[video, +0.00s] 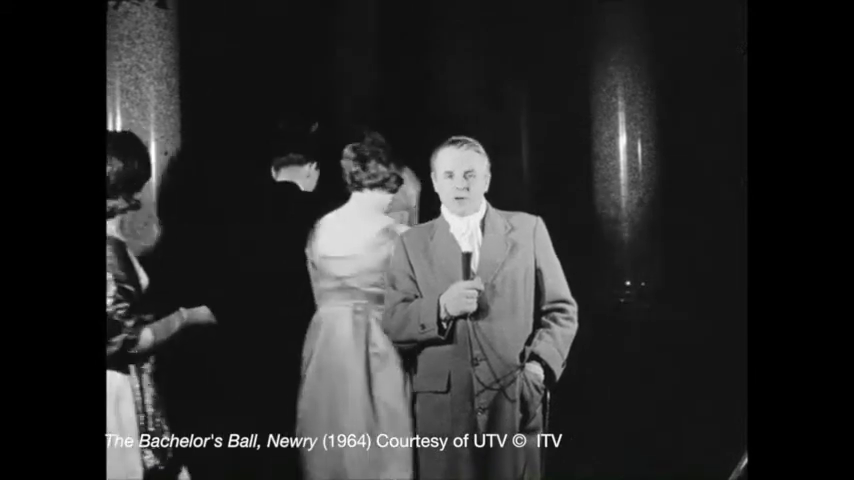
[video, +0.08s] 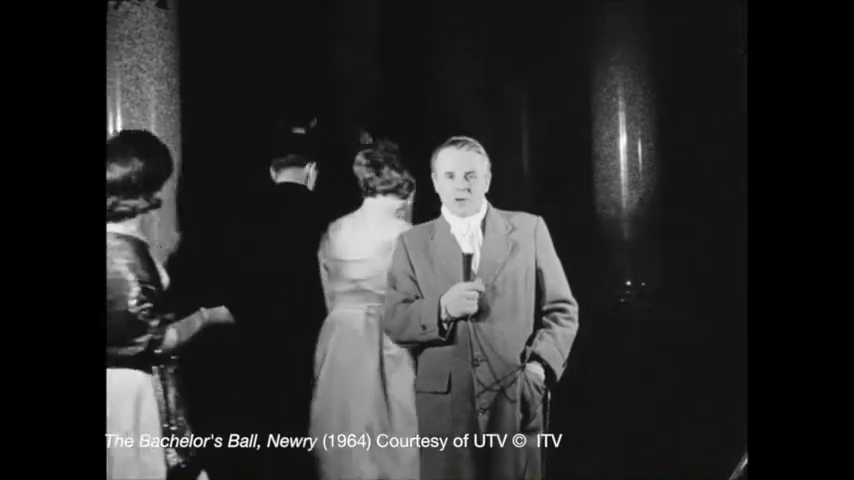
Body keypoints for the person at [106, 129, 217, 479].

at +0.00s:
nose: (136, 204)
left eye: (136, 193)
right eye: (131, 194)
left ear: (119, 190)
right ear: (112, 191)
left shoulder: (118, 249)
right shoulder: (112, 251)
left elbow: (128, 330)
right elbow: (120, 344)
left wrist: (179, 317)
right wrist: (184, 317)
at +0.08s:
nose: (160, 197)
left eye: (160, 186)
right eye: (158, 187)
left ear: (117, 183)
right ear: (144, 190)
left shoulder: (122, 245)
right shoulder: (122, 252)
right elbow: (146, 342)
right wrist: (204, 318)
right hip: (128, 386)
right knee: (140, 467)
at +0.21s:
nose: (189, 196)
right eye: (187, 188)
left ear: (136, 186)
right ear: (179, 194)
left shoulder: (126, 238)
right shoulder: (154, 248)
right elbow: (191, 335)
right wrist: (234, 317)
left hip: (131, 369)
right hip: (163, 374)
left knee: (138, 465)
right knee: (170, 467)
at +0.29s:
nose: (204, 204)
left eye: (204, 196)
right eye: (203, 196)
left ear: (155, 188)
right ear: (197, 196)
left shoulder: (133, 241)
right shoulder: (183, 249)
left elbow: (128, 319)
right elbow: (209, 335)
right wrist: (248, 317)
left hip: (143, 365)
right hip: (185, 371)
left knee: (144, 460)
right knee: (190, 463)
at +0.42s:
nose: (227, 201)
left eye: (227, 192)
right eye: (225, 193)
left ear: (174, 190)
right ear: (216, 195)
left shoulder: (154, 237)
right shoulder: (210, 241)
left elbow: (135, 304)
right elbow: (226, 327)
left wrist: (146, 349)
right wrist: (261, 320)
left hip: (163, 358)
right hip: (207, 362)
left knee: (165, 452)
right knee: (212, 455)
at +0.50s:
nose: (243, 208)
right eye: (241, 200)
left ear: (193, 192)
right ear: (235, 199)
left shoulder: (170, 235)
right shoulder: (230, 241)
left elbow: (152, 298)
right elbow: (239, 321)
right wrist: (273, 320)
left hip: (177, 356)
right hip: (222, 360)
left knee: (180, 448)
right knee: (226, 450)